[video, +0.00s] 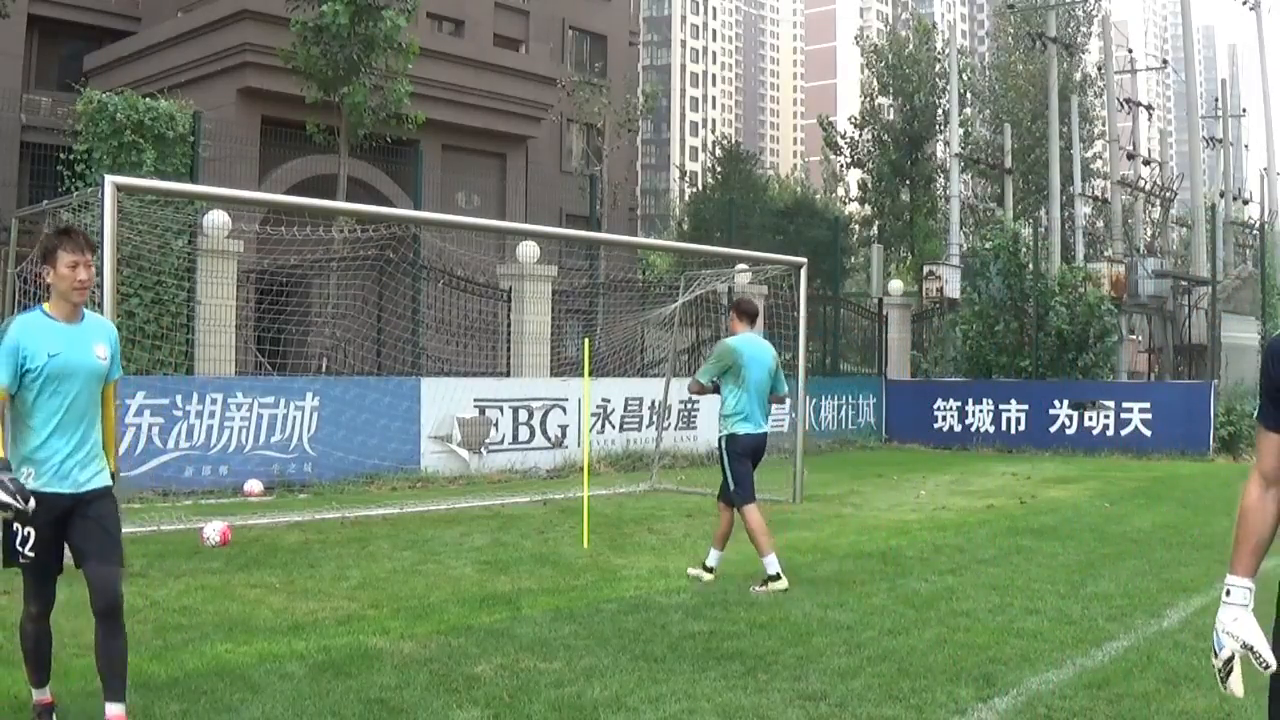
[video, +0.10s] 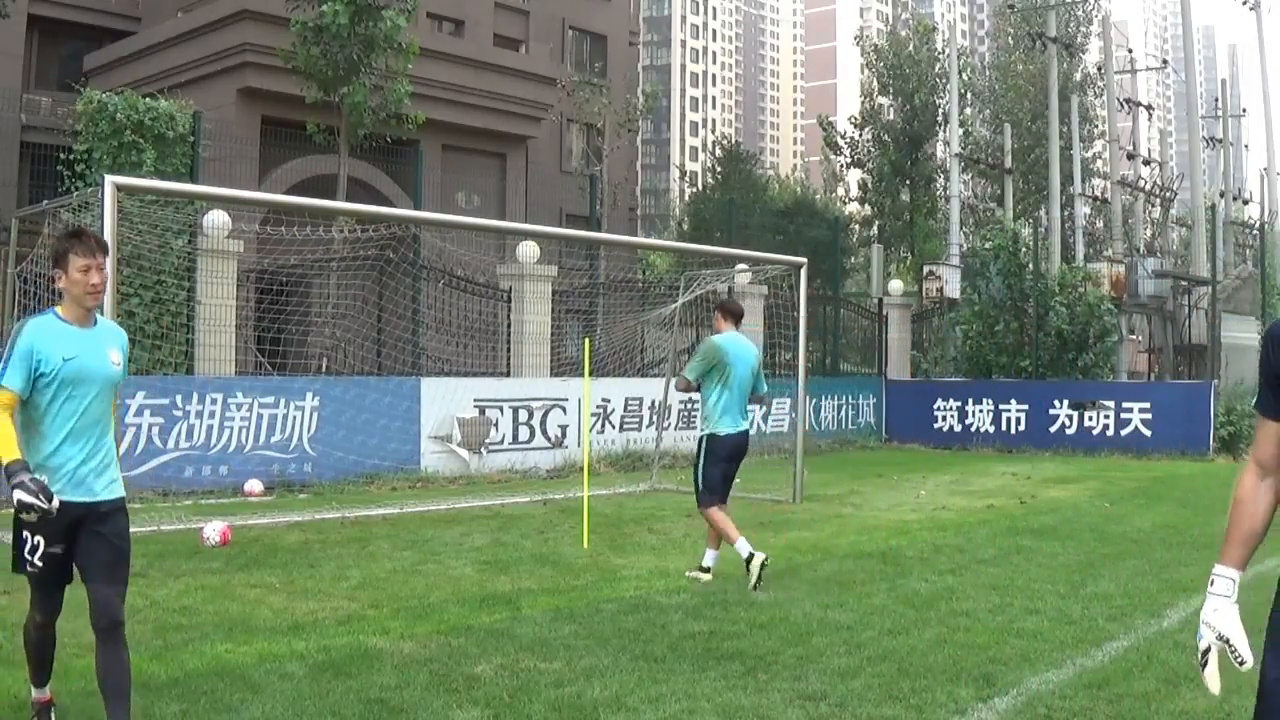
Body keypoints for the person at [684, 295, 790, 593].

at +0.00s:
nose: (728, 323)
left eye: (729, 318)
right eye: (731, 319)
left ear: (735, 319)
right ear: (754, 320)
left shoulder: (728, 347)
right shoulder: (769, 349)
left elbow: (696, 386)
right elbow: (779, 395)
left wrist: (719, 386)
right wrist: (749, 390)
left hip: (734, 436)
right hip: (759, 437)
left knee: (747, 505)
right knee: (727, 501)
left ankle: (775, 574)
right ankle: (709, 567)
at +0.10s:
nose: (714, 323)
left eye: (715, 319)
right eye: (716, 319)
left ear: (721, 319)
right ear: (738, 320)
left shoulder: (714, 344)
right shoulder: (753, 349)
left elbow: (683, 384)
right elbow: (759, 397)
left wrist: (705, 384)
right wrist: (728, 391)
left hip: (715, 436)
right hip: (740, 436)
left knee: (708, 505)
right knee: (719, 503)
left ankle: (750, 556)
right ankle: (707, 566)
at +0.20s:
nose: (704, 321)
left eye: (705, 317)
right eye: (706, 317)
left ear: (711, 318)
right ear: (728, 319)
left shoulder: (705, 342)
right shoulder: (740, 347)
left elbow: (675, 381)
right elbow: (745, 394)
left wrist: (697, 380)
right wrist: (705, 383)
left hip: (705, 433)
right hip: (730, 433)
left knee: (682, 497)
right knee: (713, 498)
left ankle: (723, 544)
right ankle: (707, 565)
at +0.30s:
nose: (689, 321)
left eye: (690, 317)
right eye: (691, 317)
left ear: (696, 316)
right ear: (715, 317)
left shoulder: (692, 340)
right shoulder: (726, 346)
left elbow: (663, 380)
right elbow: (727, 390)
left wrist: (672, 377)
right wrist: (684, 381)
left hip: (689, 431)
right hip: (716, 432)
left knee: (659, 488)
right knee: (705, 497)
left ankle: (679, 547)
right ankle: (705, 566)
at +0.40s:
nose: (680, 324)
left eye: (681, 319)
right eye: (682, 319)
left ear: (686, 318)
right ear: (705, 320)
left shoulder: (680, 341)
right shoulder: (716, 345)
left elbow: (652, 381)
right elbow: (718, 389)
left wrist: (673, 381)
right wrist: (685, 383)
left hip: (678, 431)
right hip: (707, 431)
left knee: (652, 488)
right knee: (700, 497)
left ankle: (646, 556)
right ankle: (704, 565)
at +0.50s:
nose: (665, 326)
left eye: (666, 322)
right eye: (667, 322)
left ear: (671, 321)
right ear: (690, 323)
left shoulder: (661, 343)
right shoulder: (703, 349)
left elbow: (636, 384)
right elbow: (707, 392)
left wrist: (658, 382)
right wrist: (680, 382)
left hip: (663, 434)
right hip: (692, 434)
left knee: (643, 495)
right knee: (688, 497)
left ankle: (629, 557)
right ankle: (702, 562)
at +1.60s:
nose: (662, 345)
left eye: (665, 341)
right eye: (664, 339)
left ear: (650, 328)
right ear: (653, 329)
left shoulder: (627, 342)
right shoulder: (636, 347)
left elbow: (626, 376)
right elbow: (619, 385)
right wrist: (642, 412)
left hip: (619, 418)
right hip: (625, 420)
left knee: (625, 482)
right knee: (630, 484)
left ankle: (622, 535)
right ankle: (618, 545)